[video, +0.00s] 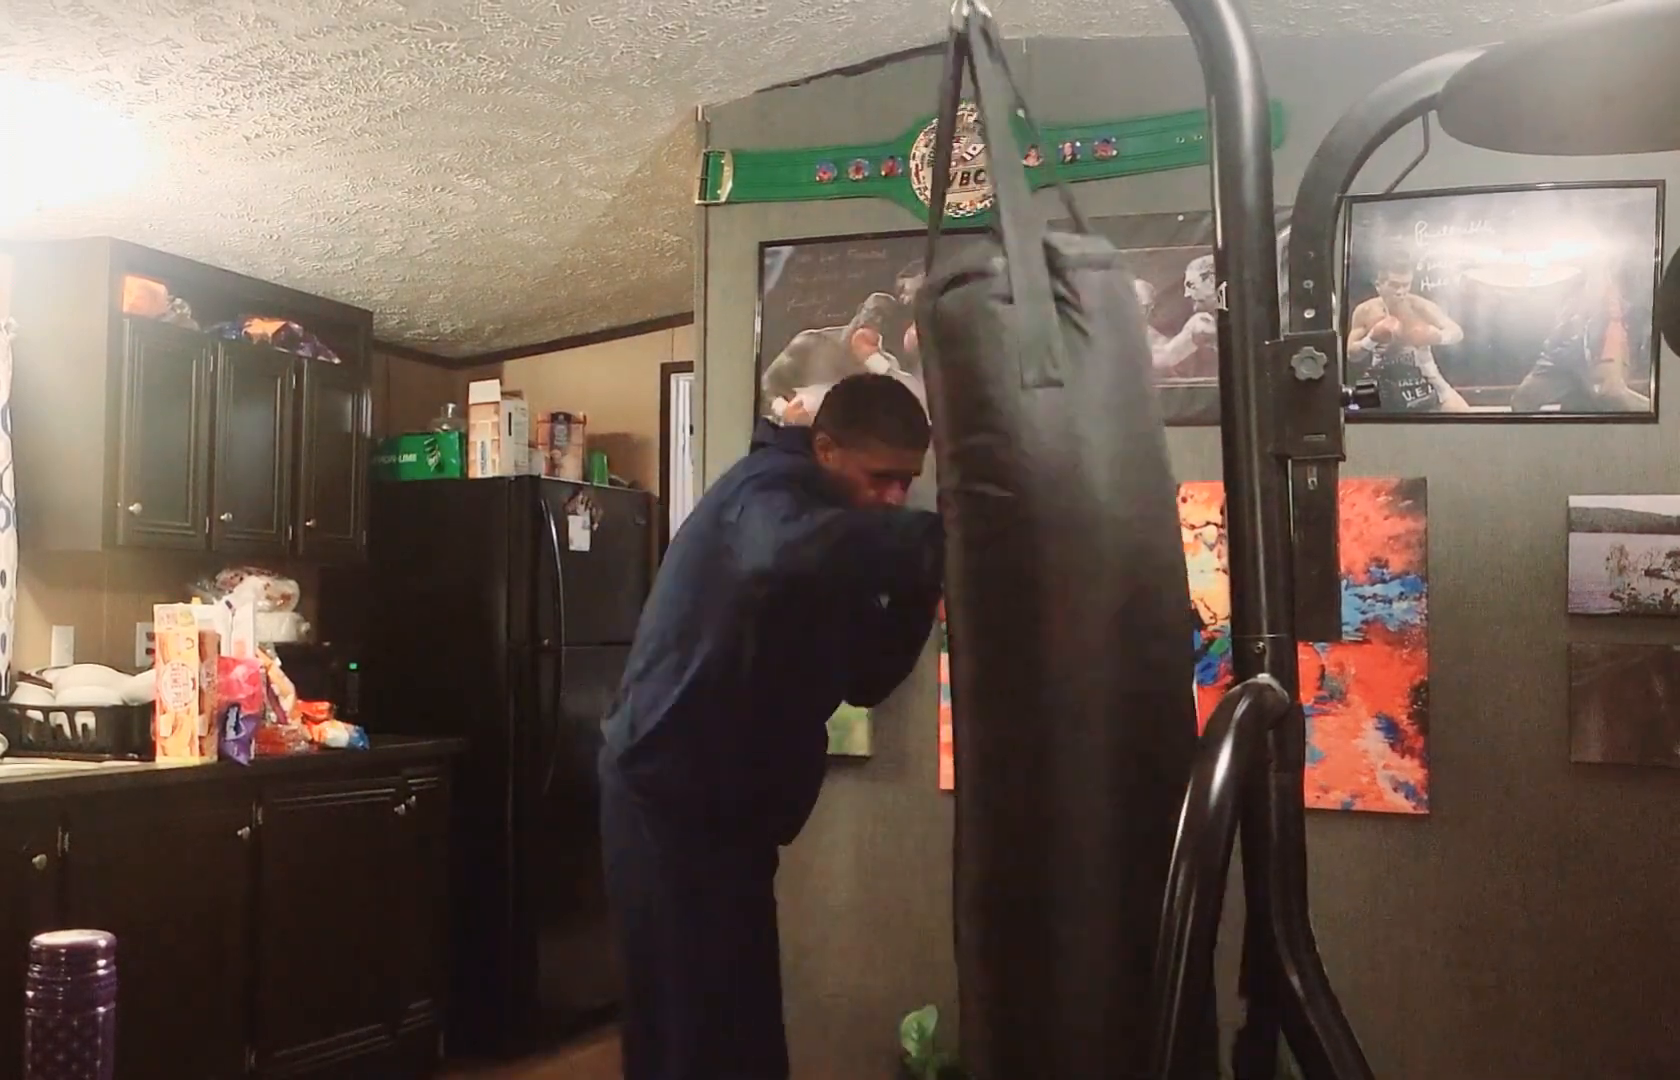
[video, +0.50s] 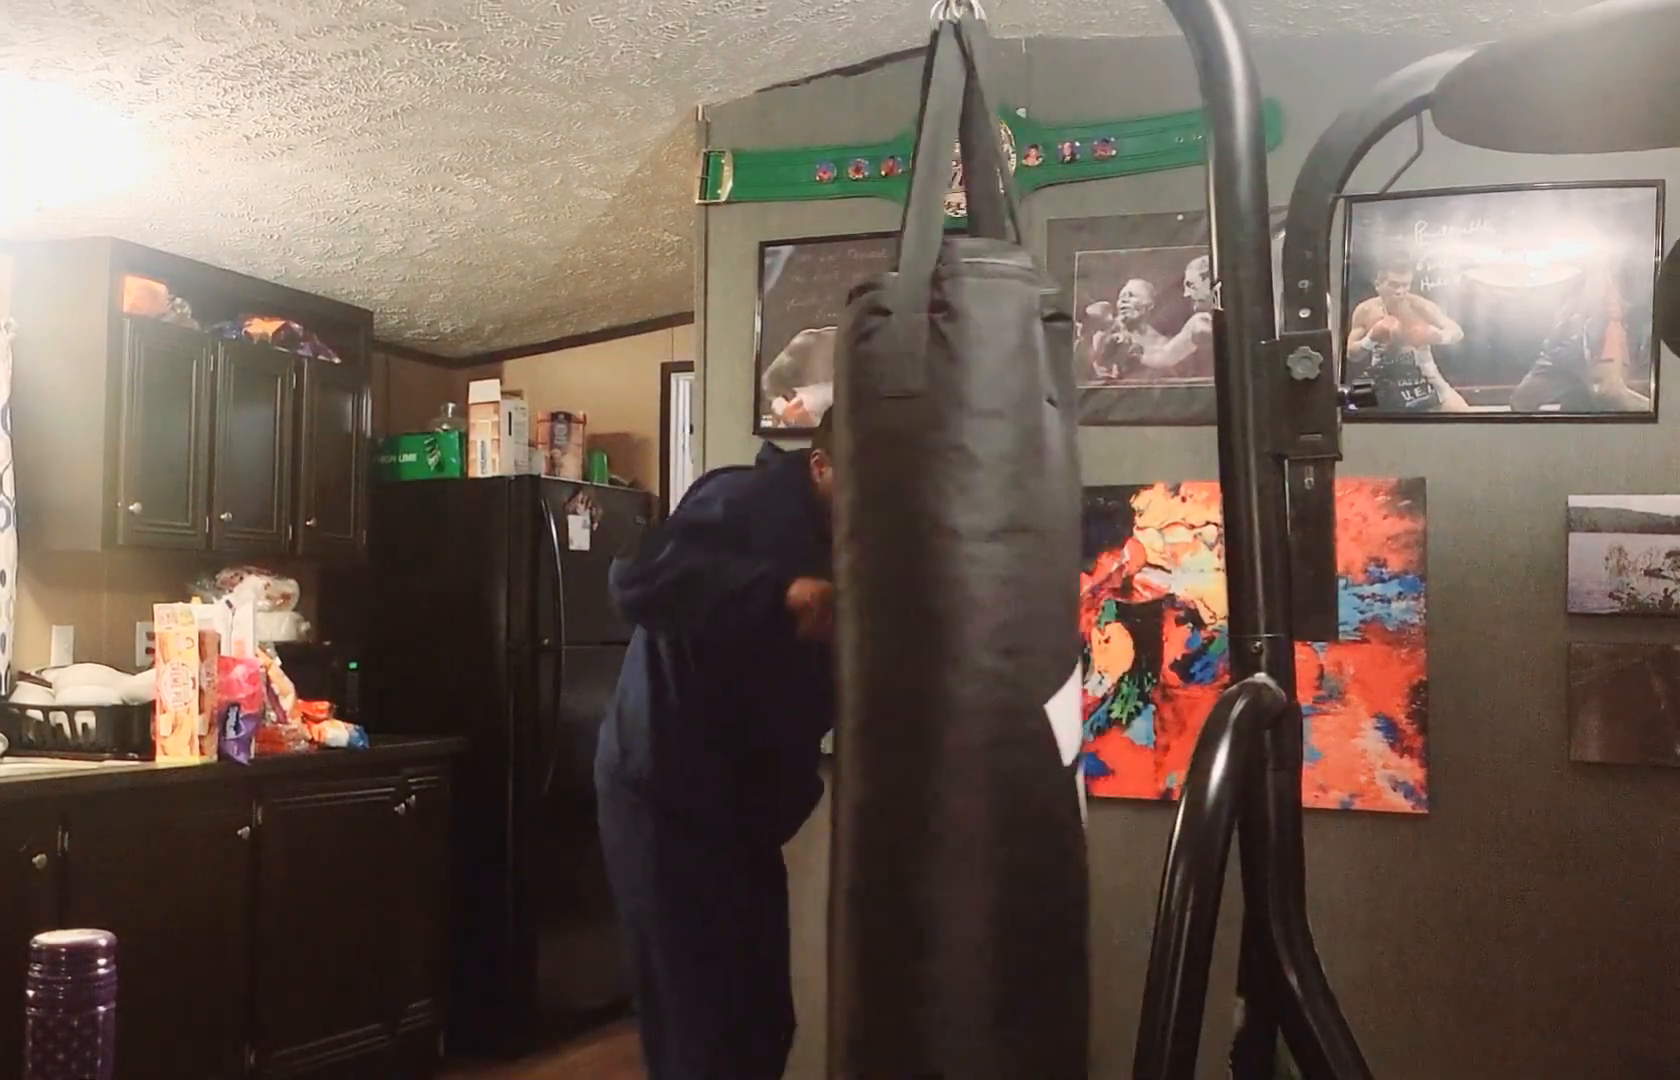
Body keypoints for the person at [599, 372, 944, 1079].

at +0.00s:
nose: (896, 498)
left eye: (906, 483)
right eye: (881, 479)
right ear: (827, 449)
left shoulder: (830, 535)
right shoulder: (775, 481)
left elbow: (866, 679)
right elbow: (776, 550)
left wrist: (927, 580)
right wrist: (936, 535)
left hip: (728, 813)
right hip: (670, 808)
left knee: (743, 1039)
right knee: (704, 1040)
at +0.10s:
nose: (893, 498)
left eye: (904, 481)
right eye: (877, 479)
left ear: (918, 469)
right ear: (825, 450)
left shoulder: (844, 538)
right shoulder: (772, 486)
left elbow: (850, 690)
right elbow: (772, 576)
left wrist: (916, 586)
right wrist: (928, 549)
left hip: (734, 812)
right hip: (665, 806)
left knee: (737, 1037)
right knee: (684, 1038)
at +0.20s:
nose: (885, 503)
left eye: (894, 486)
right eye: (872, 482)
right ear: (821, 456)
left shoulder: (835, 530)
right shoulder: (764, 493)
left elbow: (845, 694)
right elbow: (717, 614)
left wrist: (903, 606)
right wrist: (875, 590)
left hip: (732, 805)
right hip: (663, 799)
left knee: (741, 1029)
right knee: (685, 1032)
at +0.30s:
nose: (872, 513)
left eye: (881, 496)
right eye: (860, 493)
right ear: (814, 471)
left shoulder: (840, 549)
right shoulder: (747, 509)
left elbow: (865, 702)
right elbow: (665, 632)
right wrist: (814, 627)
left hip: (742, 809)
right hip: (663, 802)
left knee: (769, 1030)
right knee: (692, 1033)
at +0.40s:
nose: (867, 521)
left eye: (877, 504)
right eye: (855, 501)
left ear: (891, 491)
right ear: (811, 476)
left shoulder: (844, 554)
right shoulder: (738, 518)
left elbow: (857, 700)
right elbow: (637, 624)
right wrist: (782, 628)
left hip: (749, 811)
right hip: (666, 807)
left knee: (778, 1035)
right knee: (702, 1037)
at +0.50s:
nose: (873, 490)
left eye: (877, 475)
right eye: (864, 473)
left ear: (825, 467)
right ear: (823, 464)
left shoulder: (829, 533)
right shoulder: (746, 499)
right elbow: (641, 581)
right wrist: (782, 594)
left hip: (739, 798)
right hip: (667, 793)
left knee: (759, 1027)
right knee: (710, 1034)